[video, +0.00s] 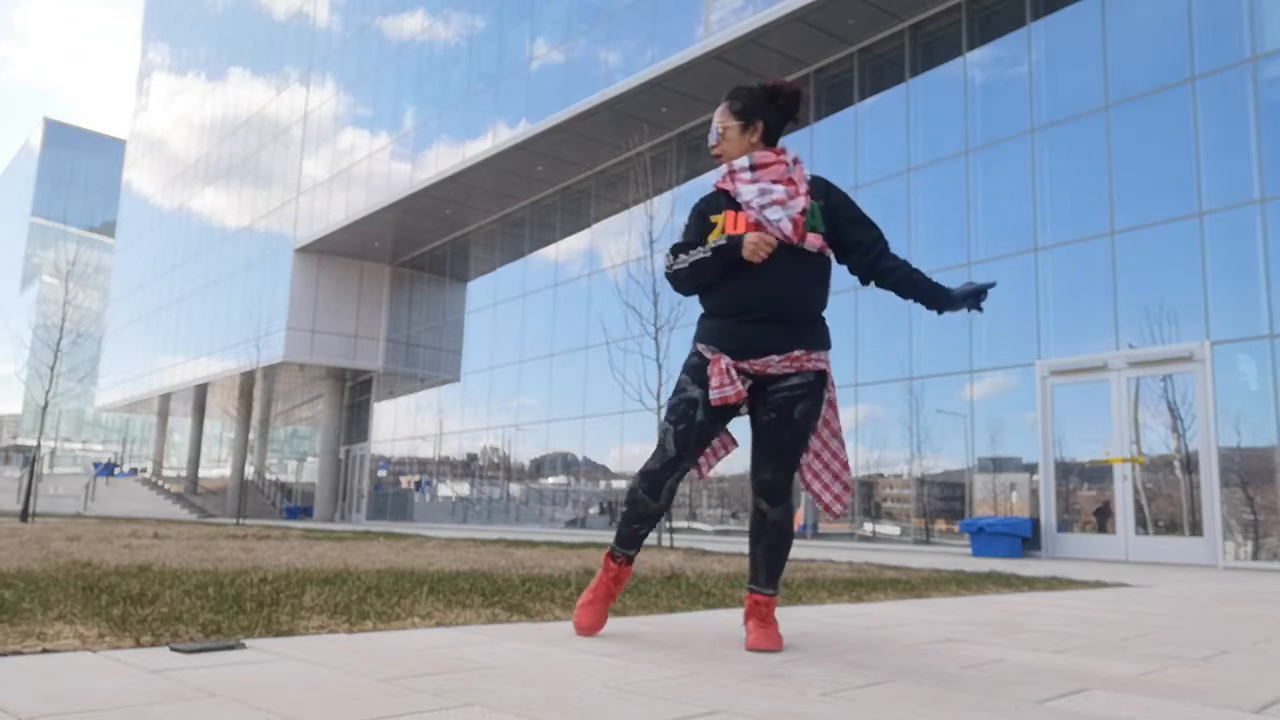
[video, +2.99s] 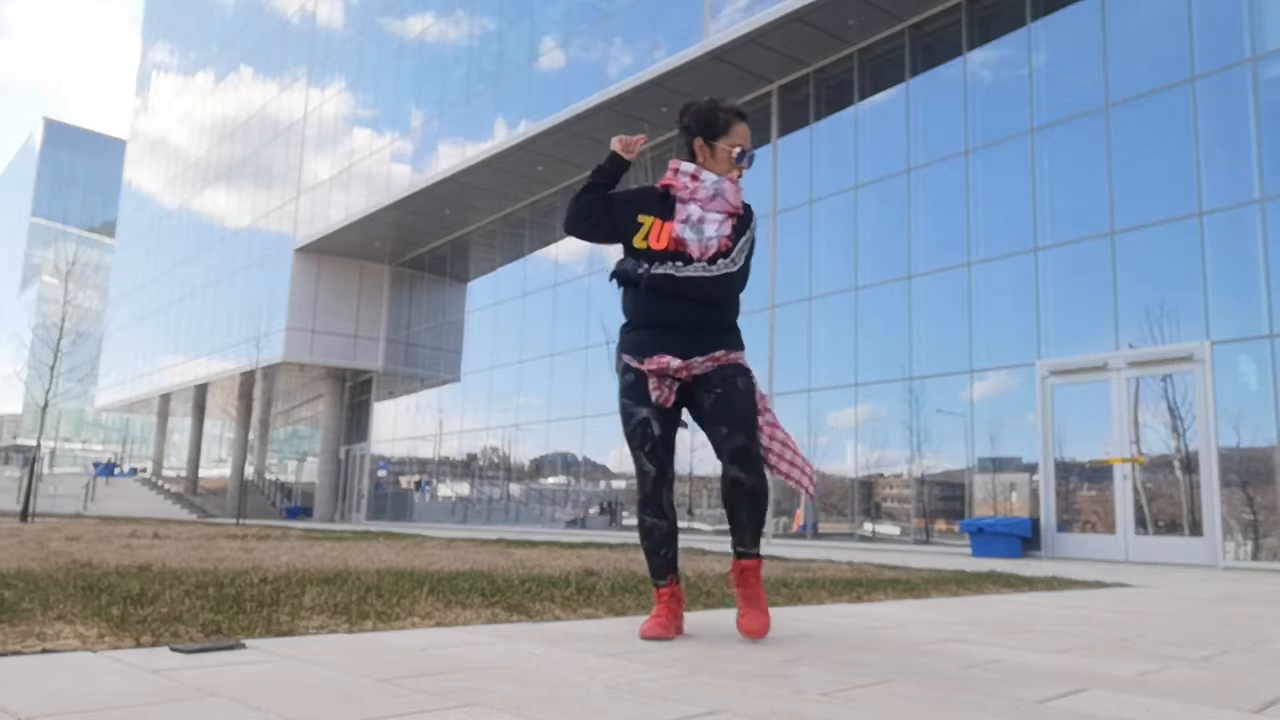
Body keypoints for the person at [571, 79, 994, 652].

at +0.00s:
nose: (712, 143)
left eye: (721, 131)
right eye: (713, 132)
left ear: (755, 131)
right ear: (739, 134)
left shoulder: (819, 198)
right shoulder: (714, 204)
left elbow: (874, 260)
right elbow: (679, 274)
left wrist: (944, 297)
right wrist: (734, 248)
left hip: (794, 362)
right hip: (718, 358)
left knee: (773, 486)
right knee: (670, 457)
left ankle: (761, 611)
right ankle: (613, 572)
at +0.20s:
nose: (714, 138)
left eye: (725, 129)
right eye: (715, 128)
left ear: (761, 133)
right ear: (739, 134)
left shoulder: (817, 204)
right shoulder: (711, 204)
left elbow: (869, 267)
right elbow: (673, 274)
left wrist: (943, 282)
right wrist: (677, 270)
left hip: (800, 360)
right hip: (725, 355)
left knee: (781, 484)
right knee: (749, 448)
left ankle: (762, 607)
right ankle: (695, 562)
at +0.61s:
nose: (752, 135)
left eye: (764, 125)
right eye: (740, 127)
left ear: (783, 132)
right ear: (728, 138)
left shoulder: (819, 200)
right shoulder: (719, 208)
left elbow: (866, 264)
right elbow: (678, 277)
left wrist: (924, 284)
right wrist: (647, 232)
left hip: (803, 356)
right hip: (727, 353)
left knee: (782, 487)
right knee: (682, 446)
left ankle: (763, 607)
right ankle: (686, 569)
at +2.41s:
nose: (738, 128)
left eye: (749, 119)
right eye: (726, 118)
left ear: (761, 129)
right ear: (704, 126)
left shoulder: (778, 200)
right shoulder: (674, 197)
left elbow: (808, 263)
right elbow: (635, 259)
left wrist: (836, 294)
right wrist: (618, 210)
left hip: (756, 356)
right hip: (682, 358)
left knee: (758, 480)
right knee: (677, 480)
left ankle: (762, 606)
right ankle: (668, 598)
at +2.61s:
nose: (737, 146)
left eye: (744, 138)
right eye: (726, 136)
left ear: (748, 144)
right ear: (695, 140)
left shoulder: (757, 208)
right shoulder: (659, 207)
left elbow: (792, 276)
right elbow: (602, 249)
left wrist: (749, 280)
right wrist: (601, 185)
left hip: (729, 359)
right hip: (661, 360)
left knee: (713, 459)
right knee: (664, 474)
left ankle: (732, 589)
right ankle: (667, 596)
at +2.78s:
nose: (739, 154)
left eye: (742, 145)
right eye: (728, 144)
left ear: (742, 147)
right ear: (693, 146)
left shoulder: (748, 209)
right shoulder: (657, 209)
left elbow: (749, 271)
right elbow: (593, 235)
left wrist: (659, 269)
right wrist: (608, 169)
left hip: (715, 362)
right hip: (649, 360)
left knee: (679, 460)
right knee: (654, 474)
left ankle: (698, 584)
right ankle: (665, 597)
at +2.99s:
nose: (742, 166)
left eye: (746, 156)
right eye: (734, 154)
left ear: (734, 156)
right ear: (699, 149)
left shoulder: (739, 215)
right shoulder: (647, 204)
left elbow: (727, 276)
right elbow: (580, 221)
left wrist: (636, 268)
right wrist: (614, 164)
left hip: (716, 354)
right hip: (647, 355)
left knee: (745, 458)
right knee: (653, 473)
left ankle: (748, 574)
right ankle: (667, 596)